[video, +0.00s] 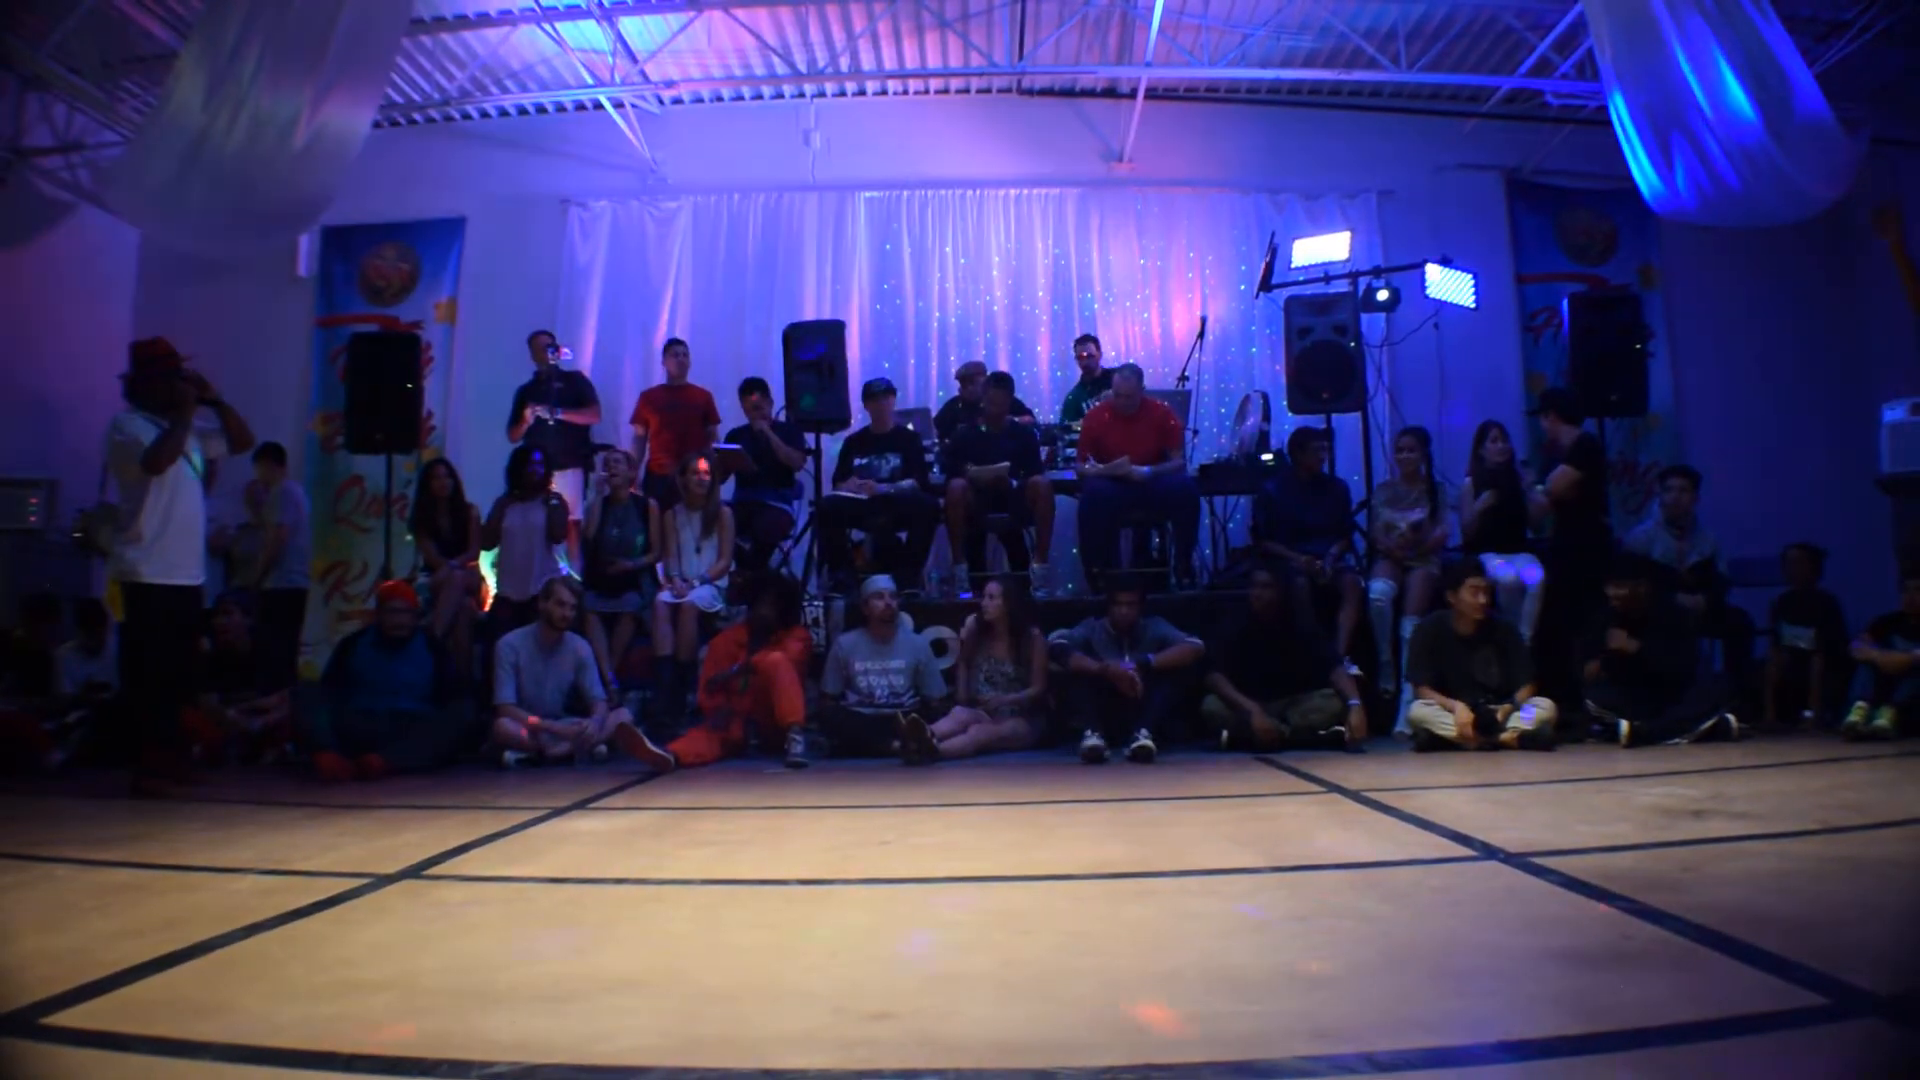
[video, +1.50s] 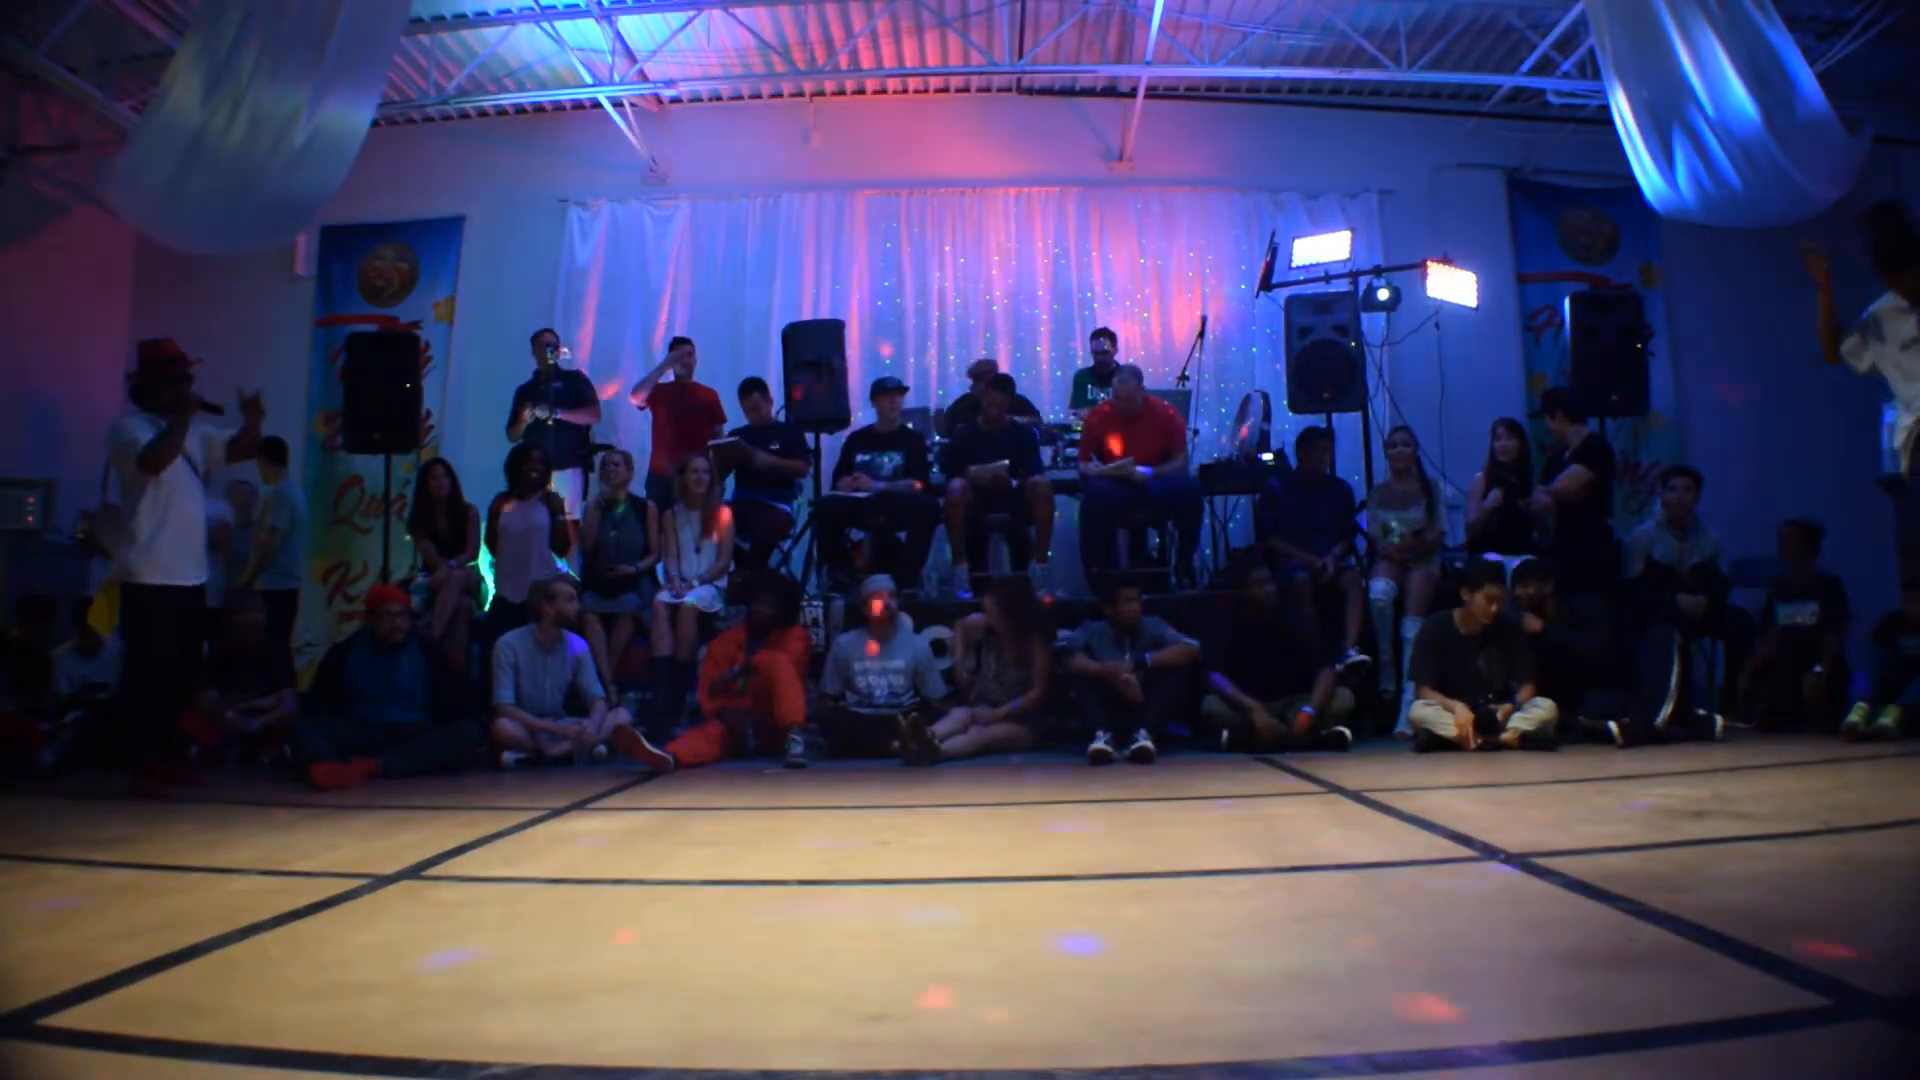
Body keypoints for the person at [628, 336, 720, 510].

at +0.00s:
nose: (681, 360)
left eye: (685, 355)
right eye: (675, 355)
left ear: (690, 361)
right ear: (664, 362)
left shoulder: (703, 397)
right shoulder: (649, 397)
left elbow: (712, 438)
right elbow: (639, 440)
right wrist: (632, 477)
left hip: (694, 478)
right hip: (659, 477)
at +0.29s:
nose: (686, 359)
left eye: (690, 354)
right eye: (680, 355)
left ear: (695, 360)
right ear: (669, 361)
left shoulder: (708, 396)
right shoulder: (653, 396)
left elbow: (716, 437)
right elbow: (643, 436)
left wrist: (716, 476)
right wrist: (638, 475)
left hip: (698, 477)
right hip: (662, 476)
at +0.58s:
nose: (690, 359)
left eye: (693, 354)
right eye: (684, 353)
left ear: (698, 359)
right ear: (673, 358)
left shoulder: (709, 396)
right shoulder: (656, 394)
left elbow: (717, 432)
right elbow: (639, 433)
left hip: (697, 477)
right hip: (662, 473)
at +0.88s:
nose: (687, 360)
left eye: (691, 354)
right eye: (681, 355)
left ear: (697, 359)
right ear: (672, 360)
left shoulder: (711, 395)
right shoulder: (659, 391)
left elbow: (719, 435)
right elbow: (632, 406)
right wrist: (659, 368)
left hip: (697, 478)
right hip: (663, 475)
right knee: (661, 533)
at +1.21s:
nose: (686, 360)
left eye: (690, 355)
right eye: (680, 355)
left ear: (697, 360)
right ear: (671, 360)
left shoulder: (710, 395)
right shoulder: (660, 391)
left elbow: (718, 435)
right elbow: (636, 398)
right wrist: (666, 364)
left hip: (696, 477)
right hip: (662, 474)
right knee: (660, 530)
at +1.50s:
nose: (685, 360)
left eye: (689, 355)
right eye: (680, 355)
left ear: (696, 360)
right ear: (670, 360)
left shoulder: (709, 395)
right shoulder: (659, 391)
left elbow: (718, 437)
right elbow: (636, 398)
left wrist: (717, 481)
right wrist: (666, 364)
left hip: (696, 479)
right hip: (662, 476)